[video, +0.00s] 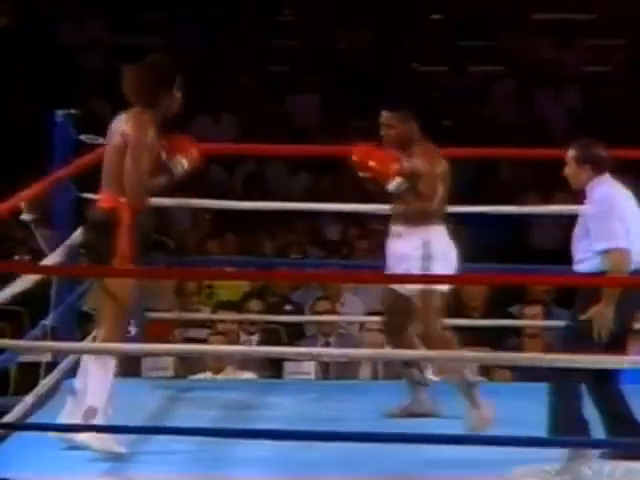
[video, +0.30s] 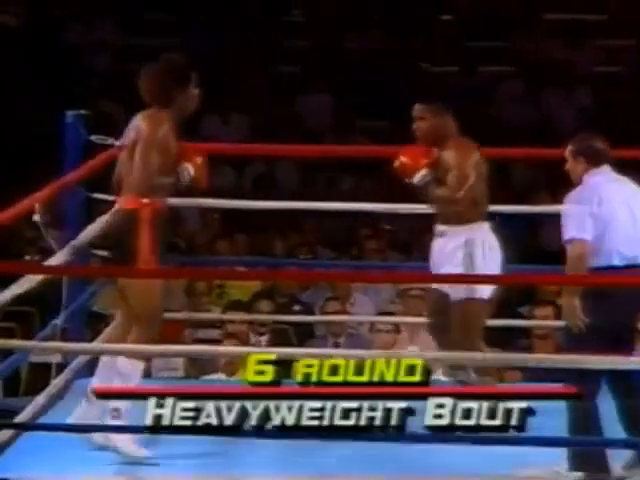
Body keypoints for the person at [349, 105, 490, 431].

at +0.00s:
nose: (385, 133)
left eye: (391, 127)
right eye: (383, 127)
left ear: (410, 127)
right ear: (383, 129)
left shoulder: (430, 160)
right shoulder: (397, 159)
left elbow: (432, 207)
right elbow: (400, 195)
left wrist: (395, 194)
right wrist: (378, 175)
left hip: (430, 247)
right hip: (404, 247)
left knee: (431, 330)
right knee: (395, 327)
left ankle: (477, 403)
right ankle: (421, 399)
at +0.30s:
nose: (416, 127)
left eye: (422, 119)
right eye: (415, 120)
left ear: (443, 120)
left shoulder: (462, 151)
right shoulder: (438, 153)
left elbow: (459, 198)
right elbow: (444, 191)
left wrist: (424, 183)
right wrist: (420, 174)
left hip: (471, 238)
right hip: (445, 238)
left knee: (466, 335)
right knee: (438, 324)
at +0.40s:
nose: (426, 117)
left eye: (432, 109)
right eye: (425, 111)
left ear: (453, 109)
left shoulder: (472, 140)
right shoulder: (450, 143)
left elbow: (477, 192)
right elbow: (451, 188)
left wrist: (440, 171)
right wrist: (427, 166)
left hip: (478, 230)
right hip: (459, 228)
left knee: (461, 327)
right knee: (460, 326)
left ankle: (506, 381)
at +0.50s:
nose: (433, 124)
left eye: (439, 117)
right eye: (431, 118)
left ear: (459, 116)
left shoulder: (479, 146)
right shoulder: (456, 149)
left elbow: (484, 198)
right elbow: (456, 192)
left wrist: (446, 181)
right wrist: (431, 170)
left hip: (482, 235)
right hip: (464, 234)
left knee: (462, 333)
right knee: (479, 336)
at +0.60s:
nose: (436, 141)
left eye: (442, 134)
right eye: (435, 135)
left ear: (464, 133)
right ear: (445, 139)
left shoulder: (487, 170)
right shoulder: (458, 169)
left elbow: (485, 221)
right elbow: (461, 211)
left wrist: (446, 205)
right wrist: (437, 192)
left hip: (494, 253)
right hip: (467, 253)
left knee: (474, 340)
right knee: (462, 338)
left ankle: (479, 421)